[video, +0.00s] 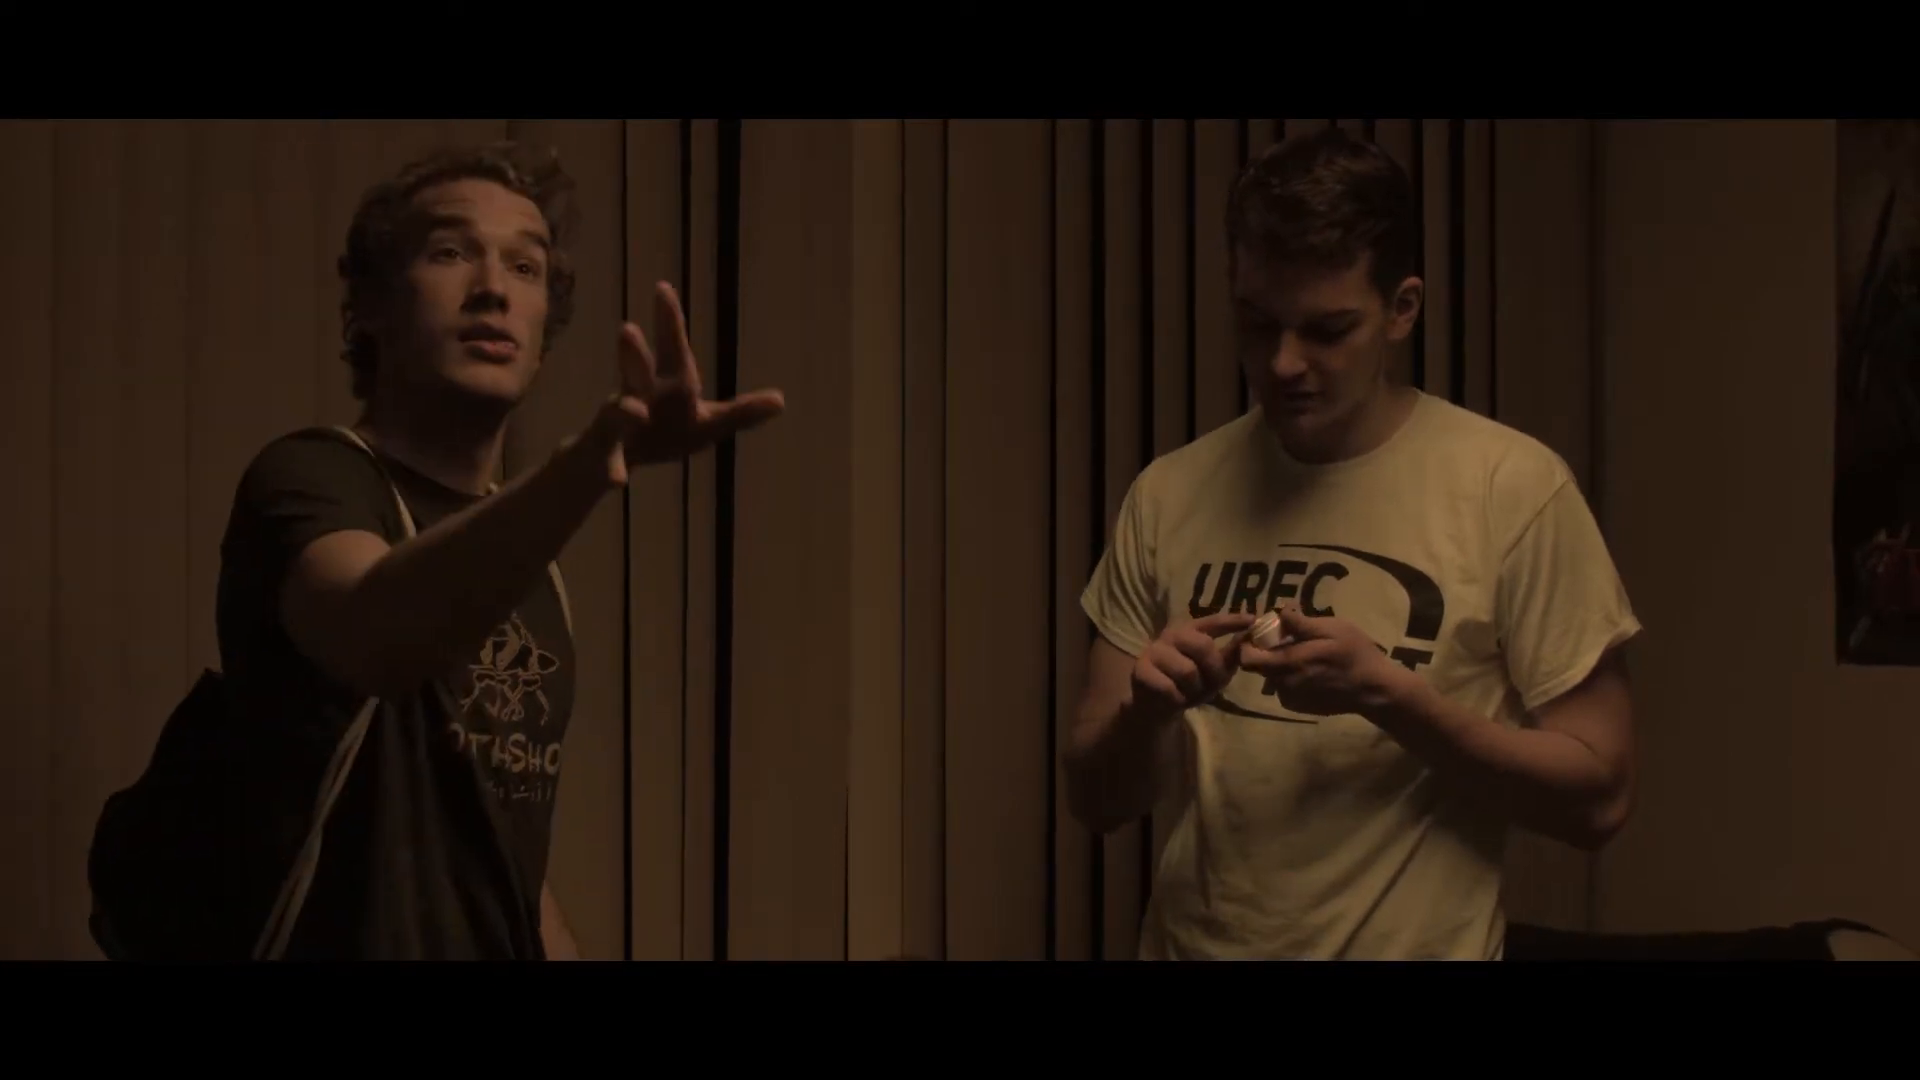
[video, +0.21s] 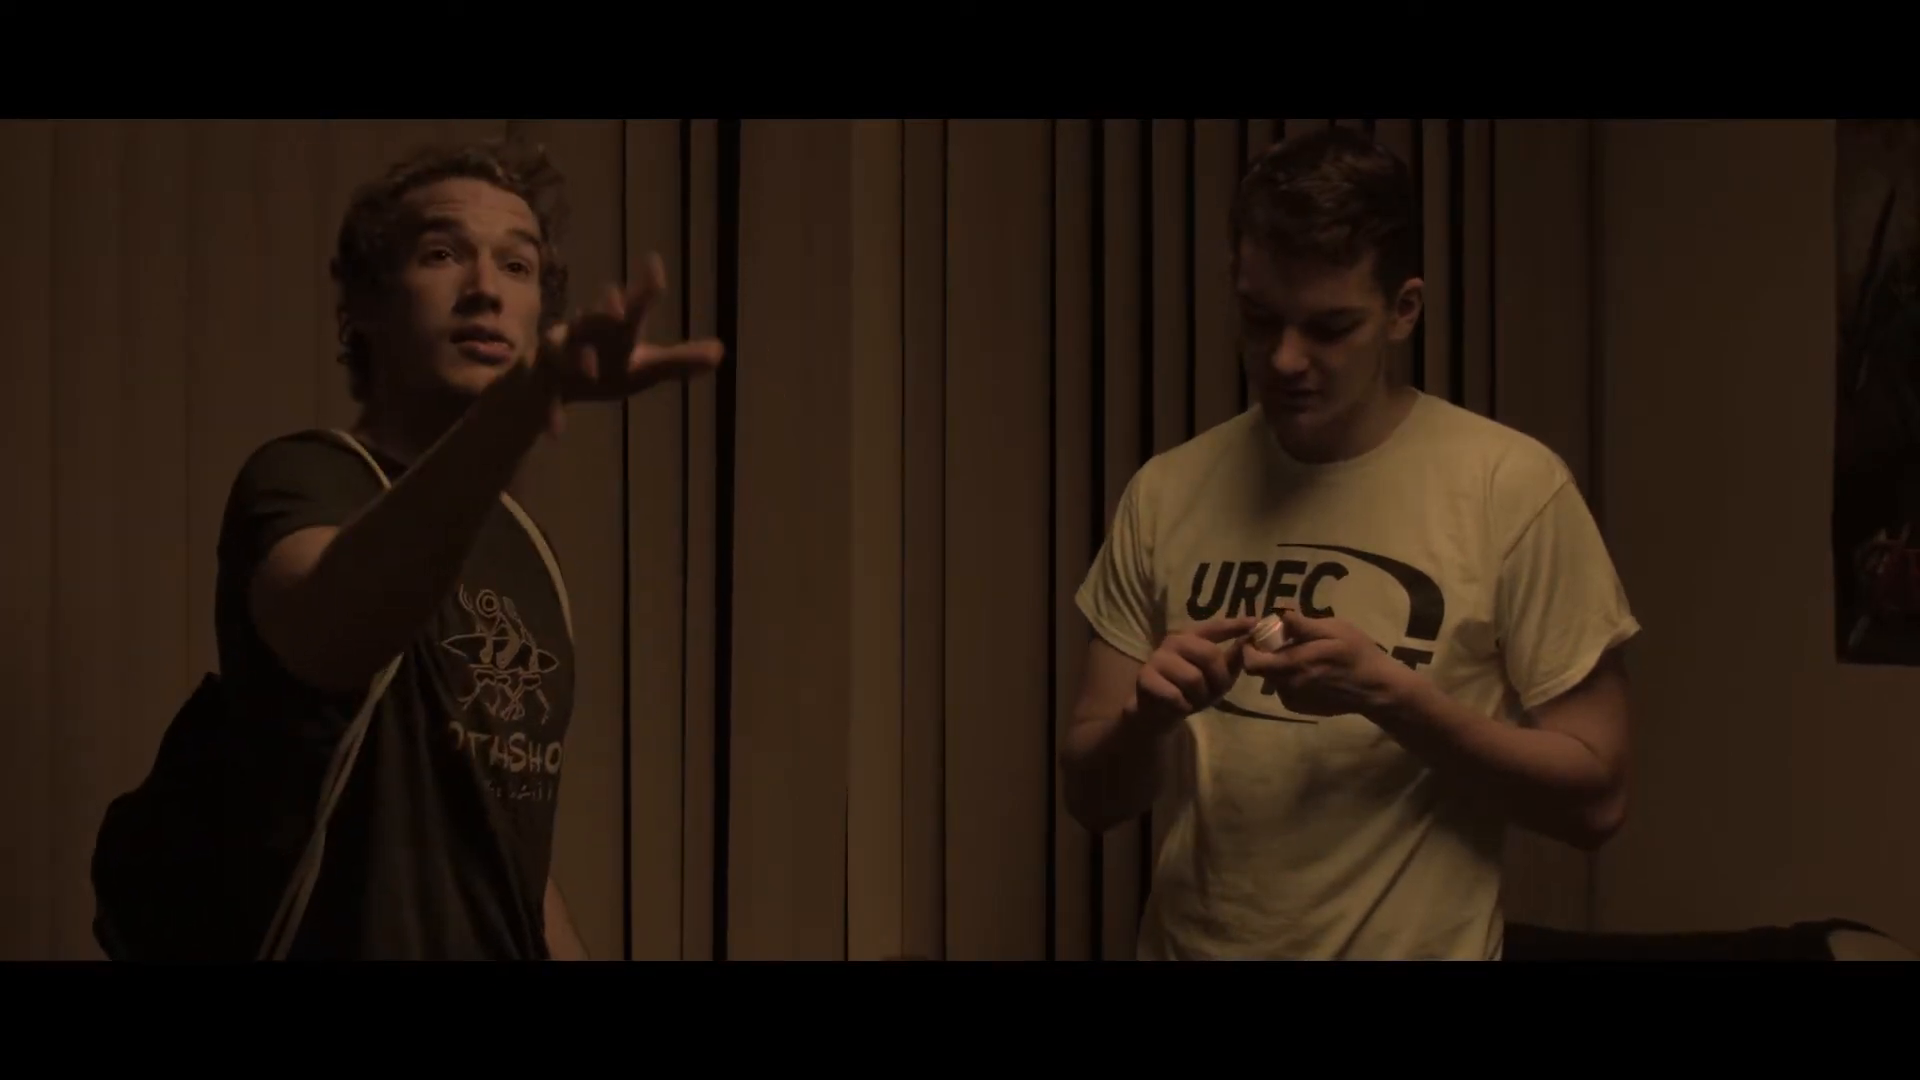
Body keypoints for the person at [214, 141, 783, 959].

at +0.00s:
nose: (495, 284)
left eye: (524, 265)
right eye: (451, 252)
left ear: (547, 322)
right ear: (367, 306)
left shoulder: (532, 562)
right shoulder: (309, 476)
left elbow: (504, 848)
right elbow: (369, 635)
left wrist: (555, 943)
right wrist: (588, 464)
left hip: (477, 940)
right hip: (315, 931)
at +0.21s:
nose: (484, 286)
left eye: (515, 263)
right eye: (440, 255)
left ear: (549, 305)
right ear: (365, 304)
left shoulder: (521, 541)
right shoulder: (305, 477)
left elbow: (506, 833)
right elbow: (325, 636)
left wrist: (560, 946)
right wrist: (527, 397)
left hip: (477, 936)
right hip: (312, 927)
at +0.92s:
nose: (337, 463)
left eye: (372, 420)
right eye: (311, 424)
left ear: (467, 395)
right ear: (289, 409)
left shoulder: (620, 556)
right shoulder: (239, 590)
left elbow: (726, 831)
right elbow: (190, 867)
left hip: (560, 948)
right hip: (330, 952)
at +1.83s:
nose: (442, 371)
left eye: (477, 333)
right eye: (406, 337)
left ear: (525, 371)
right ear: (359, 379)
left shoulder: (578, 572)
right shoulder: (263, 576)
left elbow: (596, 844)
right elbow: (188, 873)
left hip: (526, 947)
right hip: (327, 946)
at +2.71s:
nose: (432, 383)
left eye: (469, 348)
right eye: (397, 353)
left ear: (520, 392)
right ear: (360, 405)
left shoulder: (592, 597)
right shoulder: (261, 597)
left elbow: (642, 882)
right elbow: (195, 886)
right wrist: (238, 902)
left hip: (543, 948)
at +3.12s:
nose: (458, 374)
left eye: (486, 340)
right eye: (414, 349)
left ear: (528, 392)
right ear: (365, 410)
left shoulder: (588, 602)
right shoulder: (280, 606)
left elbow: (609, 878)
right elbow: (218, 893)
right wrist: (363, 930)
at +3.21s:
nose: (462, 373)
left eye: (490, 341)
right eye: (418, 348)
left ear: (531, 394)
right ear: (367, 409)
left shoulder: (587, 603)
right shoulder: (286, 605)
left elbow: (602, 873)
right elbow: (230, 896)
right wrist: (351, 948)